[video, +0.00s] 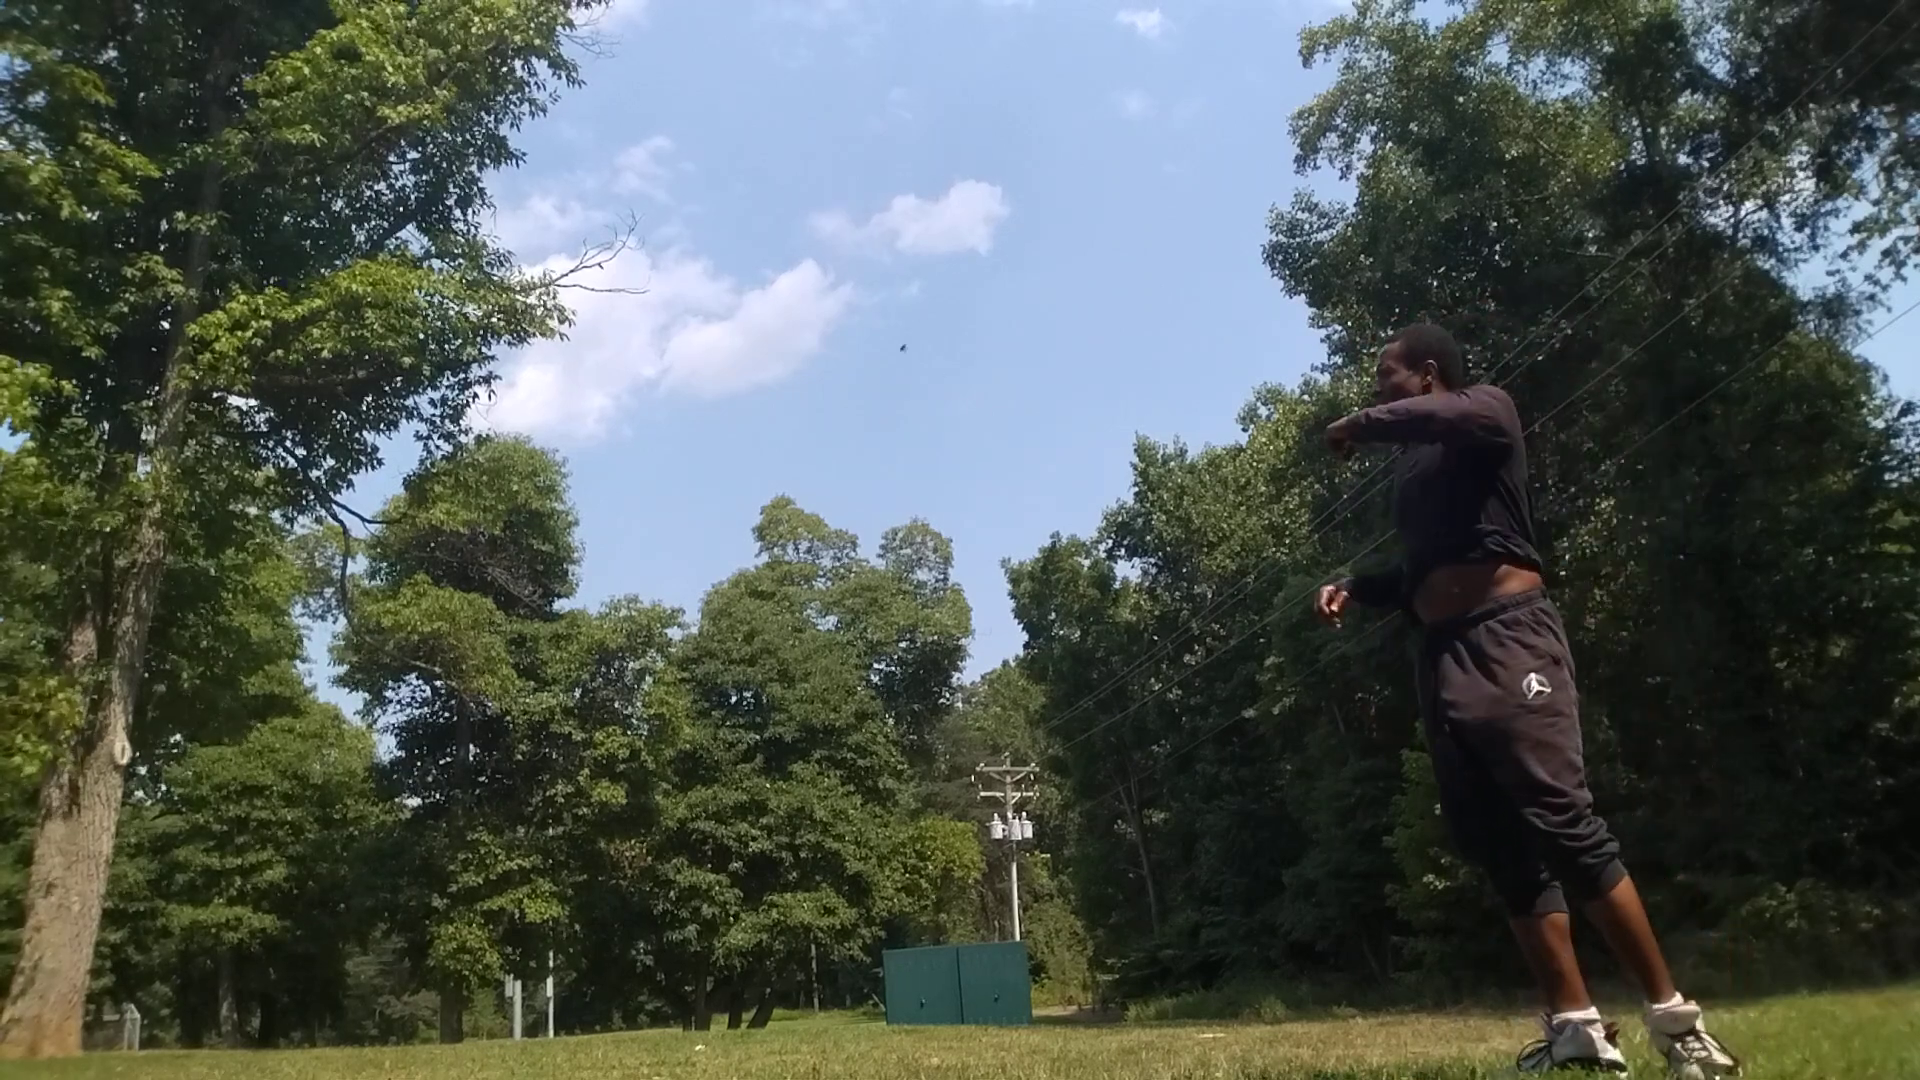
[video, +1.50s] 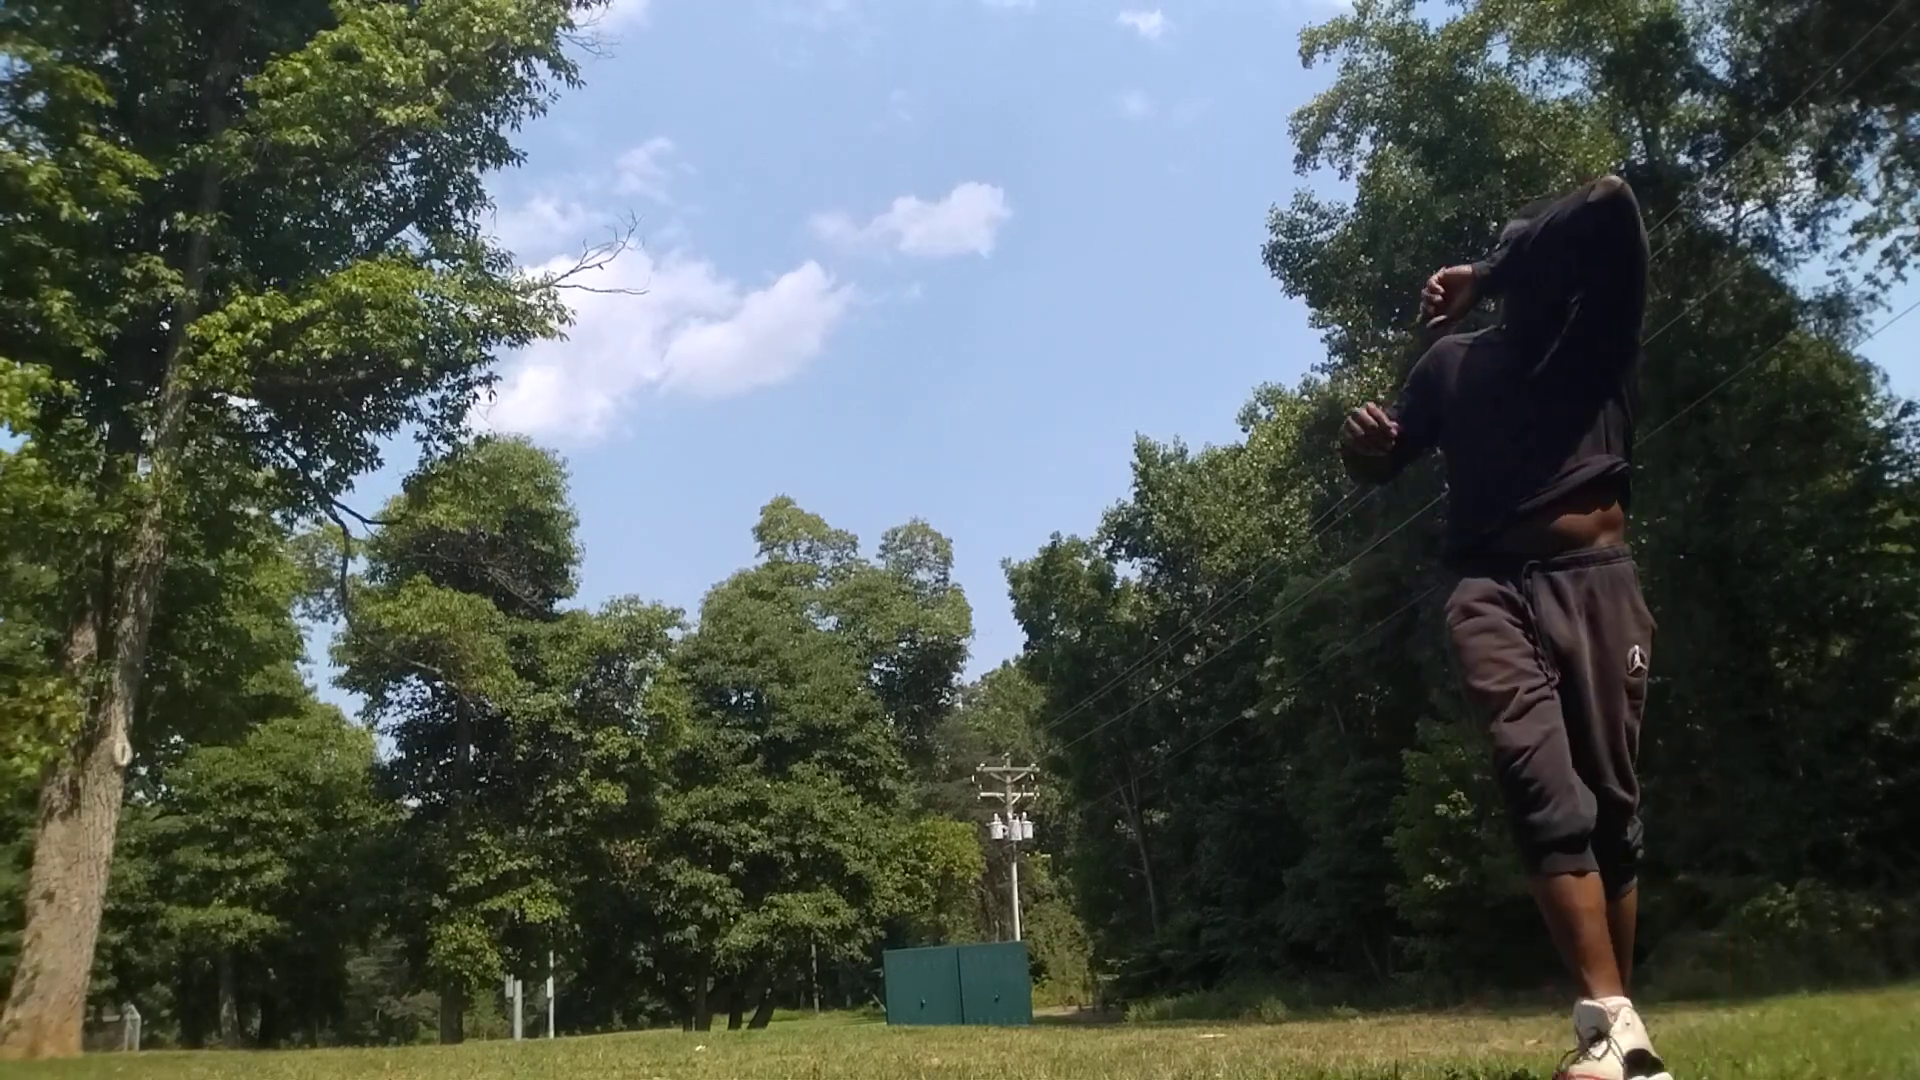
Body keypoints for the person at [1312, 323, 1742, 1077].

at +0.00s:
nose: (1379, 390)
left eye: (1388, 377)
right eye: (1378, 379)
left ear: (1427, 374)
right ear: (1414, 377)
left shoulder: (1489, 409)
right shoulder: (1412, 462)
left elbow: (1437, 419)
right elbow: (1426, 578)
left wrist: (1360, 424)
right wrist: (1357, 589)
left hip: (1512, 631)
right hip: (1447, 653)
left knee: (1570, 824)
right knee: (1501, 841)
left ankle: (1672, 1016)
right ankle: (1575, 1028)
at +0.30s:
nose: (1410, 378)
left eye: (1423, 364)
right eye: (1399, 371)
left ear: (1452, 370)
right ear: (1394, 393)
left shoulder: (1485, 415)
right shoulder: (1398, 471)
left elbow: (1428, 325)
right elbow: (1394, 569)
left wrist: (1347, 386)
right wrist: (1347, 584)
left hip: (1513, 626)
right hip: (1440, 649)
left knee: (1561, 810)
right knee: (1496, 837)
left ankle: (1657, 1000)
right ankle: (1575, 1028)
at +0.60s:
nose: (1413, 363)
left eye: (1426, 348)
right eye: (1410, 356)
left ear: (1458, 349)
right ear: (1417, 369)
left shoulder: (1502, 394)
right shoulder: (1395, 460)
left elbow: (1426, 294)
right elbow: (1382, 551)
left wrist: (1365, 374)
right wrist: (1362, 576)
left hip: (1534, 617)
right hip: (1455, 644)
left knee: (1562, 818)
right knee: (1500, 831)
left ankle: (1606, 1030)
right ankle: (1564, 1025)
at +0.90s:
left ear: (1493, 301)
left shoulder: (1542, 352)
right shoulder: (1430, 408)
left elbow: (1492, 254)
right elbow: (1421, 509)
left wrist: (1436, 346)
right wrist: (1392, 536)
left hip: (1552, 591)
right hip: (1463, 610)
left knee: (1578, 814)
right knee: (1469, 819)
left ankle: (1611, 1034)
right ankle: (1552, 1007)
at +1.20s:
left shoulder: (1574, 338)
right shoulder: (1442, 388)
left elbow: (1556, 235)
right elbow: (1417, 485)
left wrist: (1460, 320)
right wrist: (1395, 506)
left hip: (1574, 585)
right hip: (1466, 600)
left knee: (1591, 810)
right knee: (1466, 806)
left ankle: (1609, 1035)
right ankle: (1511, 1029)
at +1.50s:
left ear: (1541, 259)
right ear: (1528, 259)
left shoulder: (1594, 316)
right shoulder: (1447, 358)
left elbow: (1610, 204)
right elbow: (1387, 457)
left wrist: (1484, 270)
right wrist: (1369, 446)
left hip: (1593, 575)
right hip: (1486, 585)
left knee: (1608, 802)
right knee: (1543, 790)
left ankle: (1615, 1019)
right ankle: (1607, 1020)